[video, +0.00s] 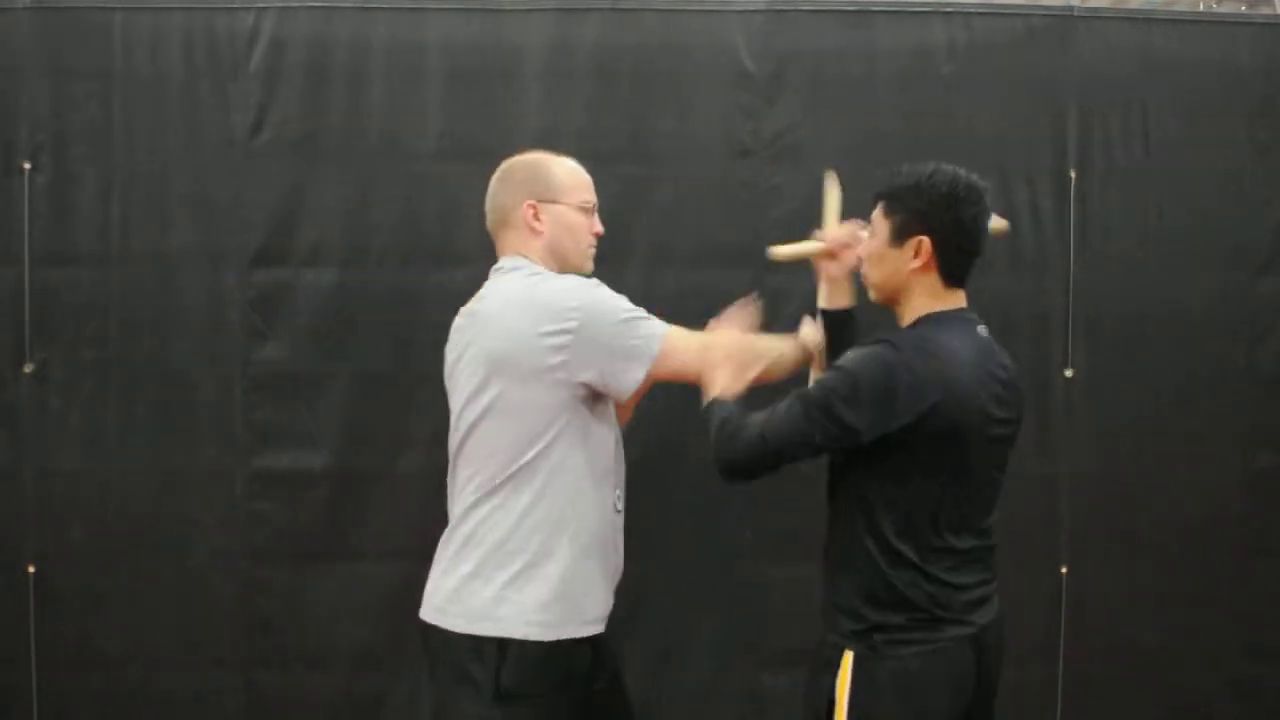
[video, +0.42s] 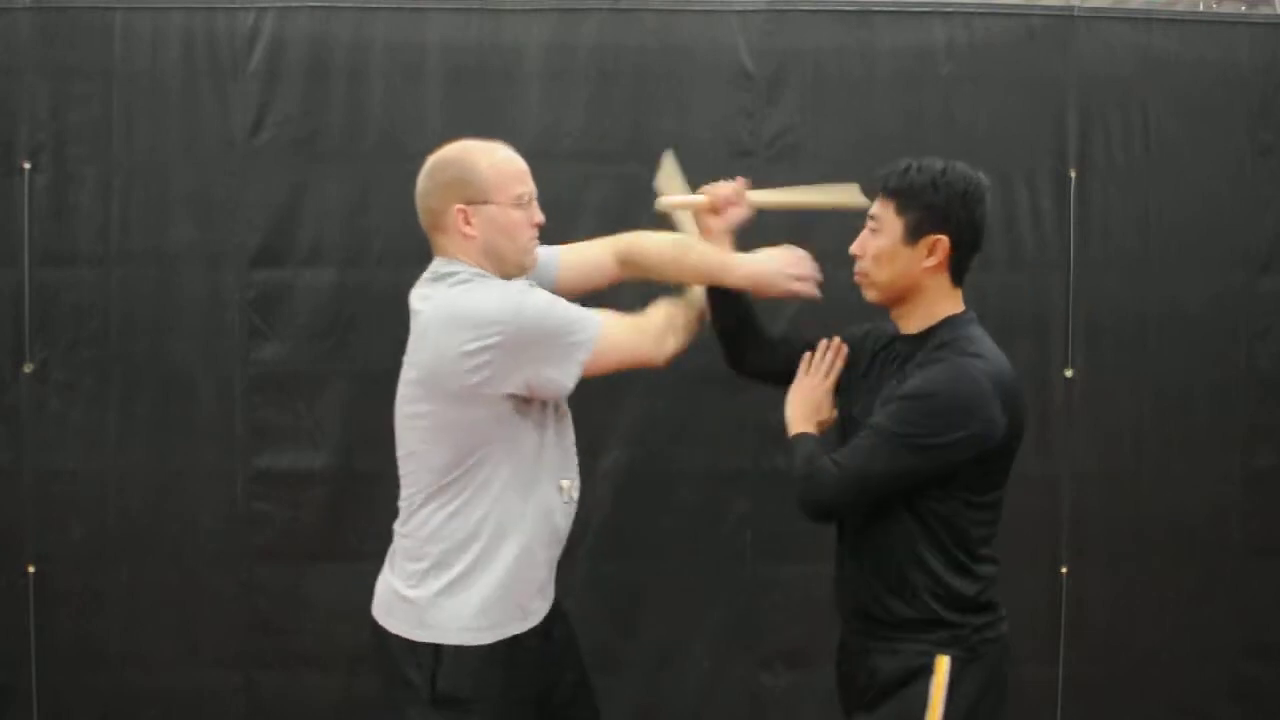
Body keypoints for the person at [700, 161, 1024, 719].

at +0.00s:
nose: (861, 248)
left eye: (872, 233)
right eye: (867, 232)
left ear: (918, 253)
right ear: (924, 255)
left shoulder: (894, 368)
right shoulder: (988, 358)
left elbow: (737, 451)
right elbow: (840, 411)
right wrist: (836, 283)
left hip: (883, 658)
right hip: (964, 645)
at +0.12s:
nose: (848, 253)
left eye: (860, 237)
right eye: (854, 236)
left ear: (906, 255)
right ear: (915, 257)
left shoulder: (871, 373)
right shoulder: (994, 370)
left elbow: (738, 478)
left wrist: (709, 419)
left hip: (887, 661)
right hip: (973, 648)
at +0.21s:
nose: (848, 246)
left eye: (862, 234)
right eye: (856, 231)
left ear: (909, 254)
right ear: (913, 254)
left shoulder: (883, 378)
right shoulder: (989, 365)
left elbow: (754, 487)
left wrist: (697, 447)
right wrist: (742, 459)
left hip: (892, 661)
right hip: (969, 648)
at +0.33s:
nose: (853, 251)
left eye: (868, 236)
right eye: (859, 235)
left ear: (922, 254)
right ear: (922, 256)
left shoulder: (940, 379)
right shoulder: (927, 356)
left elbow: (799, 491)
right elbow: (794, 379)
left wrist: (767, 439)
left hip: (920, 661)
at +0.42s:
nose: (854, 248)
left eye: (874, 231)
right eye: (863, 229)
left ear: (933, 252)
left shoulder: (965, 381)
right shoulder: (879, 354)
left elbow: (825, 492)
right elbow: (752, 354)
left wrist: (806, 430)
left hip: (938, 664)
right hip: (876, 655)